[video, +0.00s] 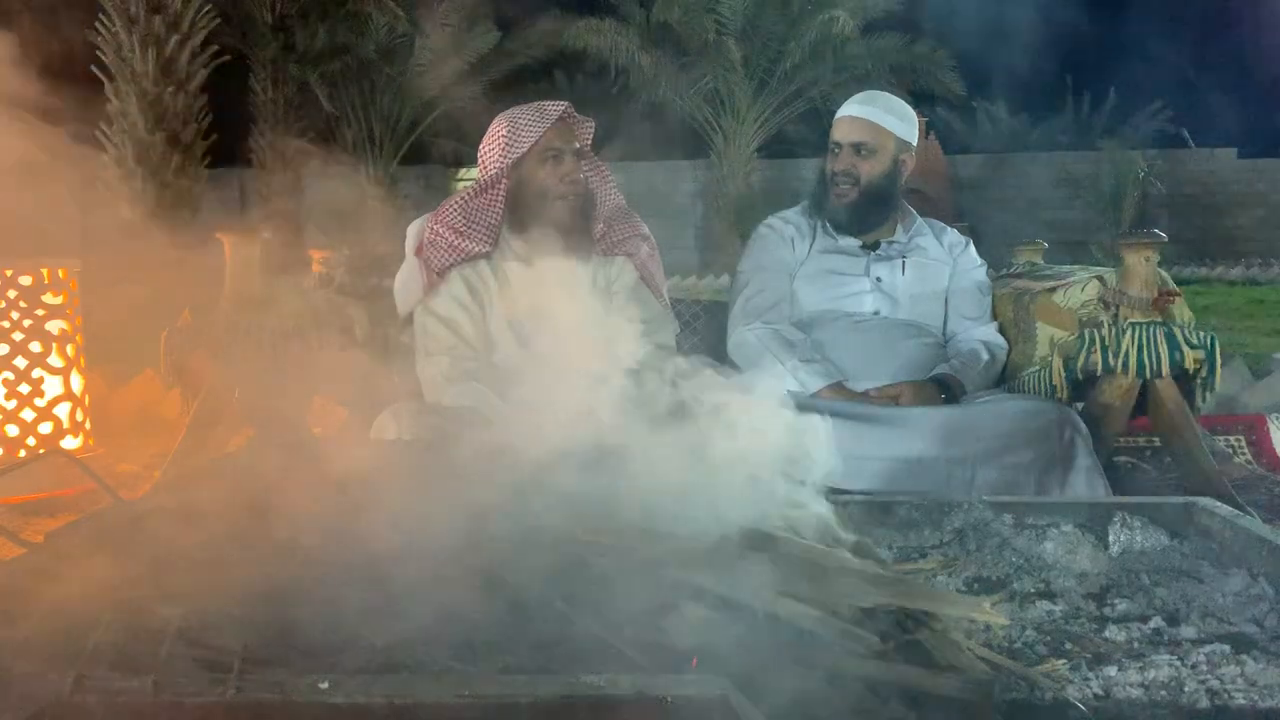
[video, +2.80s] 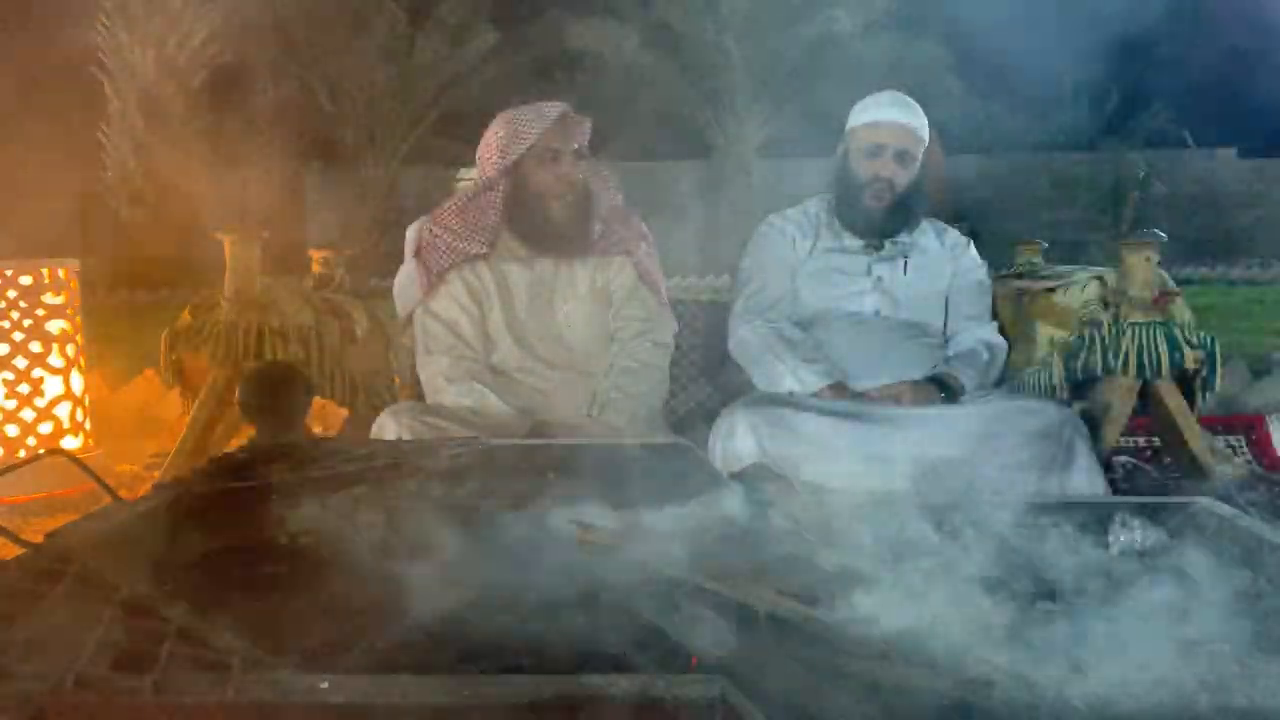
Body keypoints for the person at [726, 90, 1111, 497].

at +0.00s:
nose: (840, 166)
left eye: (861, 152)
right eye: (835, 150)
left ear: (904, 164)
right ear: (825, 156)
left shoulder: (952, 248)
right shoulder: (784, 234)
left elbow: (980, 345)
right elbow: (755, 331)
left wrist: (937, 389)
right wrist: (833, 395)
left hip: (935, 421)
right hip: (824, 417)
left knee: (1055, 425)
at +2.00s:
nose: (905, 170)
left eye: (913, 155)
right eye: (887, 154)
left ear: (926, 163)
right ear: (849, 161)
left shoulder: (953, 248)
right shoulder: (787, 236)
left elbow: (982, 337)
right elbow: (750, 337)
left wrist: (940, 389)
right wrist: (824, 392)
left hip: (920, 417)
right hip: (812, 416)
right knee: (740, 429)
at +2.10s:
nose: (893, 172)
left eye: (904, 155)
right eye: (878, 155)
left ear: (922, 162)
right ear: (842, 160)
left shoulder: (954, 251)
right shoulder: (787, 235)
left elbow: (982, 347)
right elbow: (750, 335)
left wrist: (935, 391)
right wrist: (819, 391)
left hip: (922, 421)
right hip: (819, 419)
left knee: (1028, 420)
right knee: (738, 427)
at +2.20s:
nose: (901, 173)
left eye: (911, 157)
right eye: (885, 156)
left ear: (923, 166)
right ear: (843, 159)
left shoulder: (953, 250)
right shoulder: (786, 235)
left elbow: (981, 346)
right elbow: (752, 333)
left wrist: (934, 388)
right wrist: (822, 395)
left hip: (924, 416)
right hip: (817, 413)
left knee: (1058, 428)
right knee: (739, 428)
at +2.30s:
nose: (904, 175)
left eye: (914, 159)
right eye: (886, 157)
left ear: (924, 166)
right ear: (844, 159)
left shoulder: (954, 251)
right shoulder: (786, 235)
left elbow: (981, 342)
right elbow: (753, 333)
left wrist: (943, 387)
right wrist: (831, 395)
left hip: (930, 419)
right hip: (823, 414)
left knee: (1053, 423)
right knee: (741, 428)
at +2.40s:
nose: (905, 173)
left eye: (915, 158)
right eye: (887, 157)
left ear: (925, 162)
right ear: (847, 160)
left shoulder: (954, 251)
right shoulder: (786, 235)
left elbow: (981, 343)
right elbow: (753, 332)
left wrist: (939, 387)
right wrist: (828, 394)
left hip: (930, 421)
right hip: (821, 417)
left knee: (1050, 424)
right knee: (740, 427)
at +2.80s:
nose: (885, 172)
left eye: (902, 158)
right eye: (872, 153)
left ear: (919, 169)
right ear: (845, 154)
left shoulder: (953, 250)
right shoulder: (788, 234)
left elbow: (980, 341)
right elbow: (753, 328)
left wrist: (940, 387)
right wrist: (826, 392)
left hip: (937, 421)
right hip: (826, 419)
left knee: (1055, 426)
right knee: (742, 428)